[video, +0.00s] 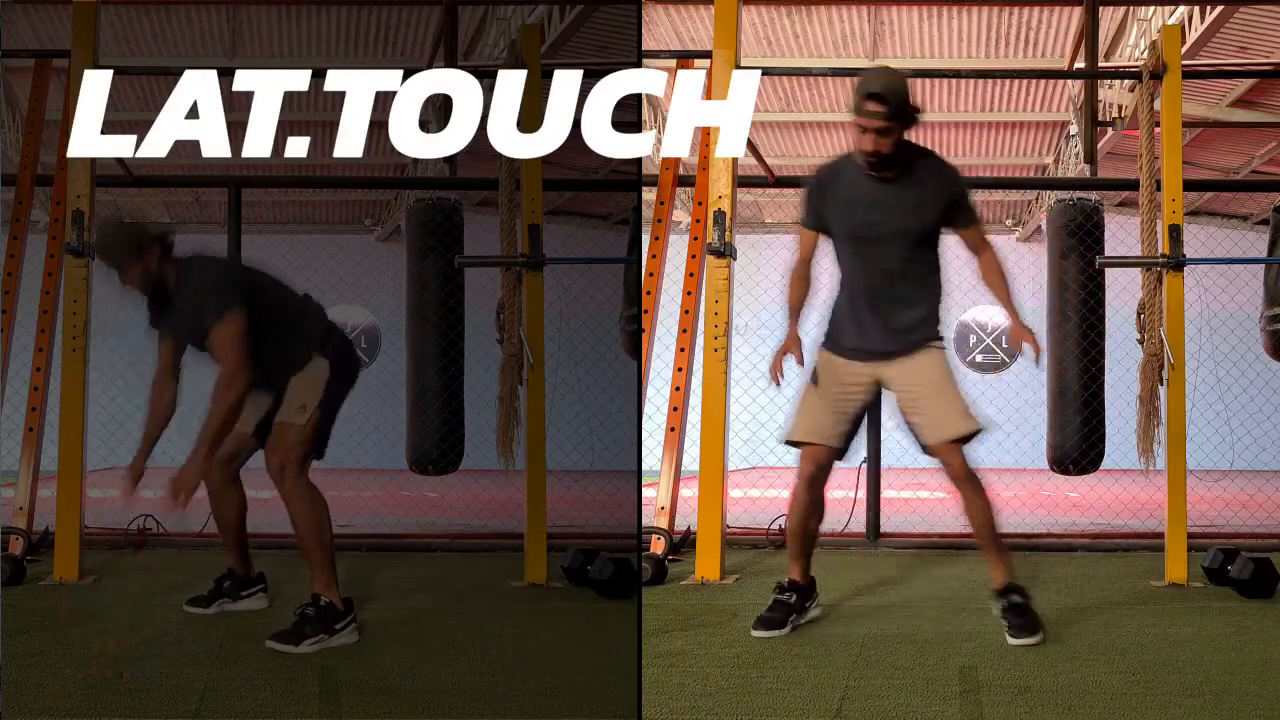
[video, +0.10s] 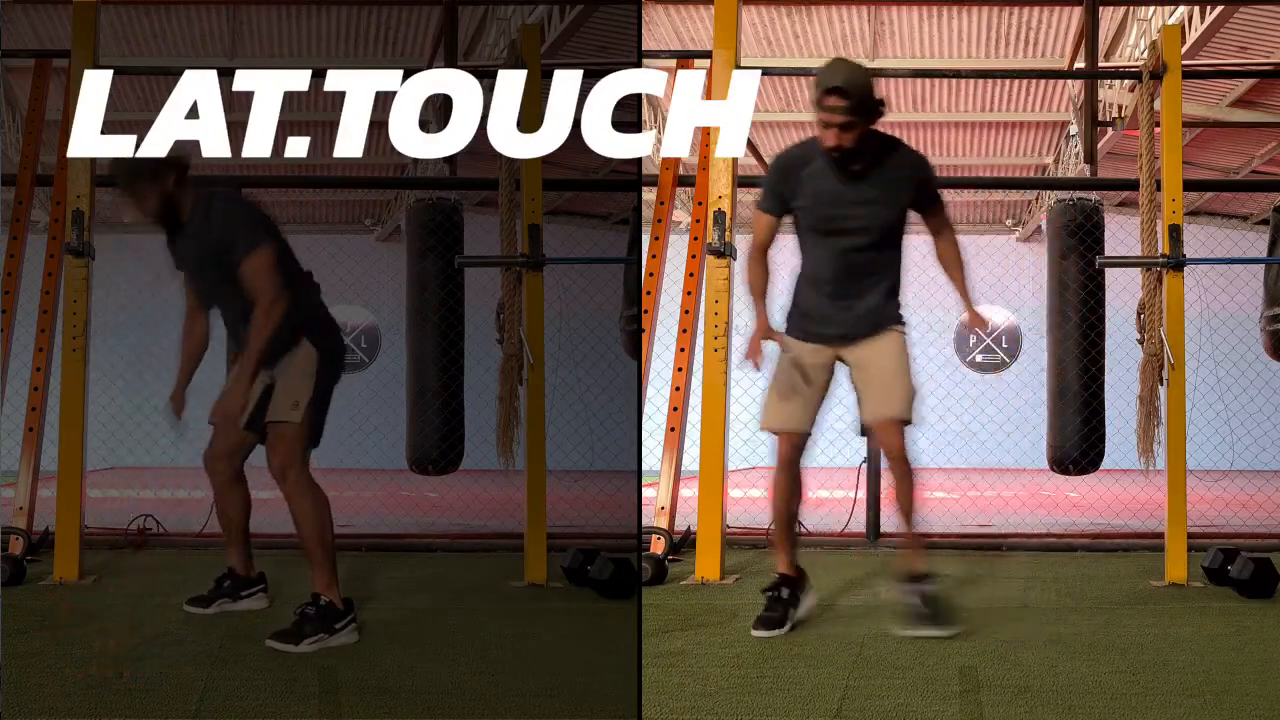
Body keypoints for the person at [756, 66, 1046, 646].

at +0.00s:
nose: (871, 144)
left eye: (883, 132)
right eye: (863, 130)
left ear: (905, 126)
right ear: (850, 122)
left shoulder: (936, 177)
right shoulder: (826, 183)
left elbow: (981, 249)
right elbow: (804, 261)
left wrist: (1013, 317)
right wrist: (792, 328)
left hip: (917, 348)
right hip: (844, 348)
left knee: (958, 467)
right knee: (811, 466)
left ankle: (1007, 589)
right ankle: (796, 586)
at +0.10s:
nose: (833, 139)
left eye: (846, 127)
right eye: (824, 126)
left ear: (871, 117)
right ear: (813, 116)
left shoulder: (905, 166)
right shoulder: (792, 165)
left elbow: (942, 232)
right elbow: (758, 246)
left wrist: (968, 304)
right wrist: (760, 318)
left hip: (877, 328)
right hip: (807, 328)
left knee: (891, 439)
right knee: (786, 449)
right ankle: (786, 578)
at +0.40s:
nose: (710, 319)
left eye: (721, 306)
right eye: (703, 304)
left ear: (742, 292)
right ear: (692, 289)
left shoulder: (792, 283)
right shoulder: (674, 313)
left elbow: (854, 291)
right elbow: (652, 411)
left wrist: (876, 351)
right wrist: (644, 486)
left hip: (784, 375)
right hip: (713, 375)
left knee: (787, 468)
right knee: (660, 458)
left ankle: (770, 595)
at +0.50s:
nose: (681, 397)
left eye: (693, 384)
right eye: (675, 382)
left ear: (712, 368)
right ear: (666, 367)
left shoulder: (761, 335)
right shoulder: (653, 368)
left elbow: (821, 316)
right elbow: (639, 437)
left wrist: (846, 368)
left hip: (760, 382)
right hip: (694, 392)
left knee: (775, 473)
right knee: (640, 461)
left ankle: (769, 592)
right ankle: (609, 554)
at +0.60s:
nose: (674, 441)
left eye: (684, 429)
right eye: (665, 428)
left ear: (711, 406)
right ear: (651, 409)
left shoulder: (755, 365)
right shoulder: (639, 414)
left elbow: (809, 329)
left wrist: (822, 373)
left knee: (763, 471)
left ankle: (768, 593)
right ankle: (633, 560)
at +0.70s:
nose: (684, 423)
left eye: (696, 409)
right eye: (675, 409)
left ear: (715, 391)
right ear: (663, 391)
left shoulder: (761, 355)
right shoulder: (643, 393)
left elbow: (812, 327)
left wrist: (821, 373)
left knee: (763, 473)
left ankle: (768, 594)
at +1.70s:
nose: (1078, 244)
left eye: (1088, 233)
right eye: (1068, 233)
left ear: (1100, 221)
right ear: (1046, 217)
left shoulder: (1123, 256)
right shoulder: (1004, 246)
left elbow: (1165, 344)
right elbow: (964, 283)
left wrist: (1165, 429)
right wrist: (947, 346)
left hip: (1093, 366)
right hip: (1018, 366)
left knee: (1159, 476)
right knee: (1013, 471)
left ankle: (1192, 586)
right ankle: (1034, 597)